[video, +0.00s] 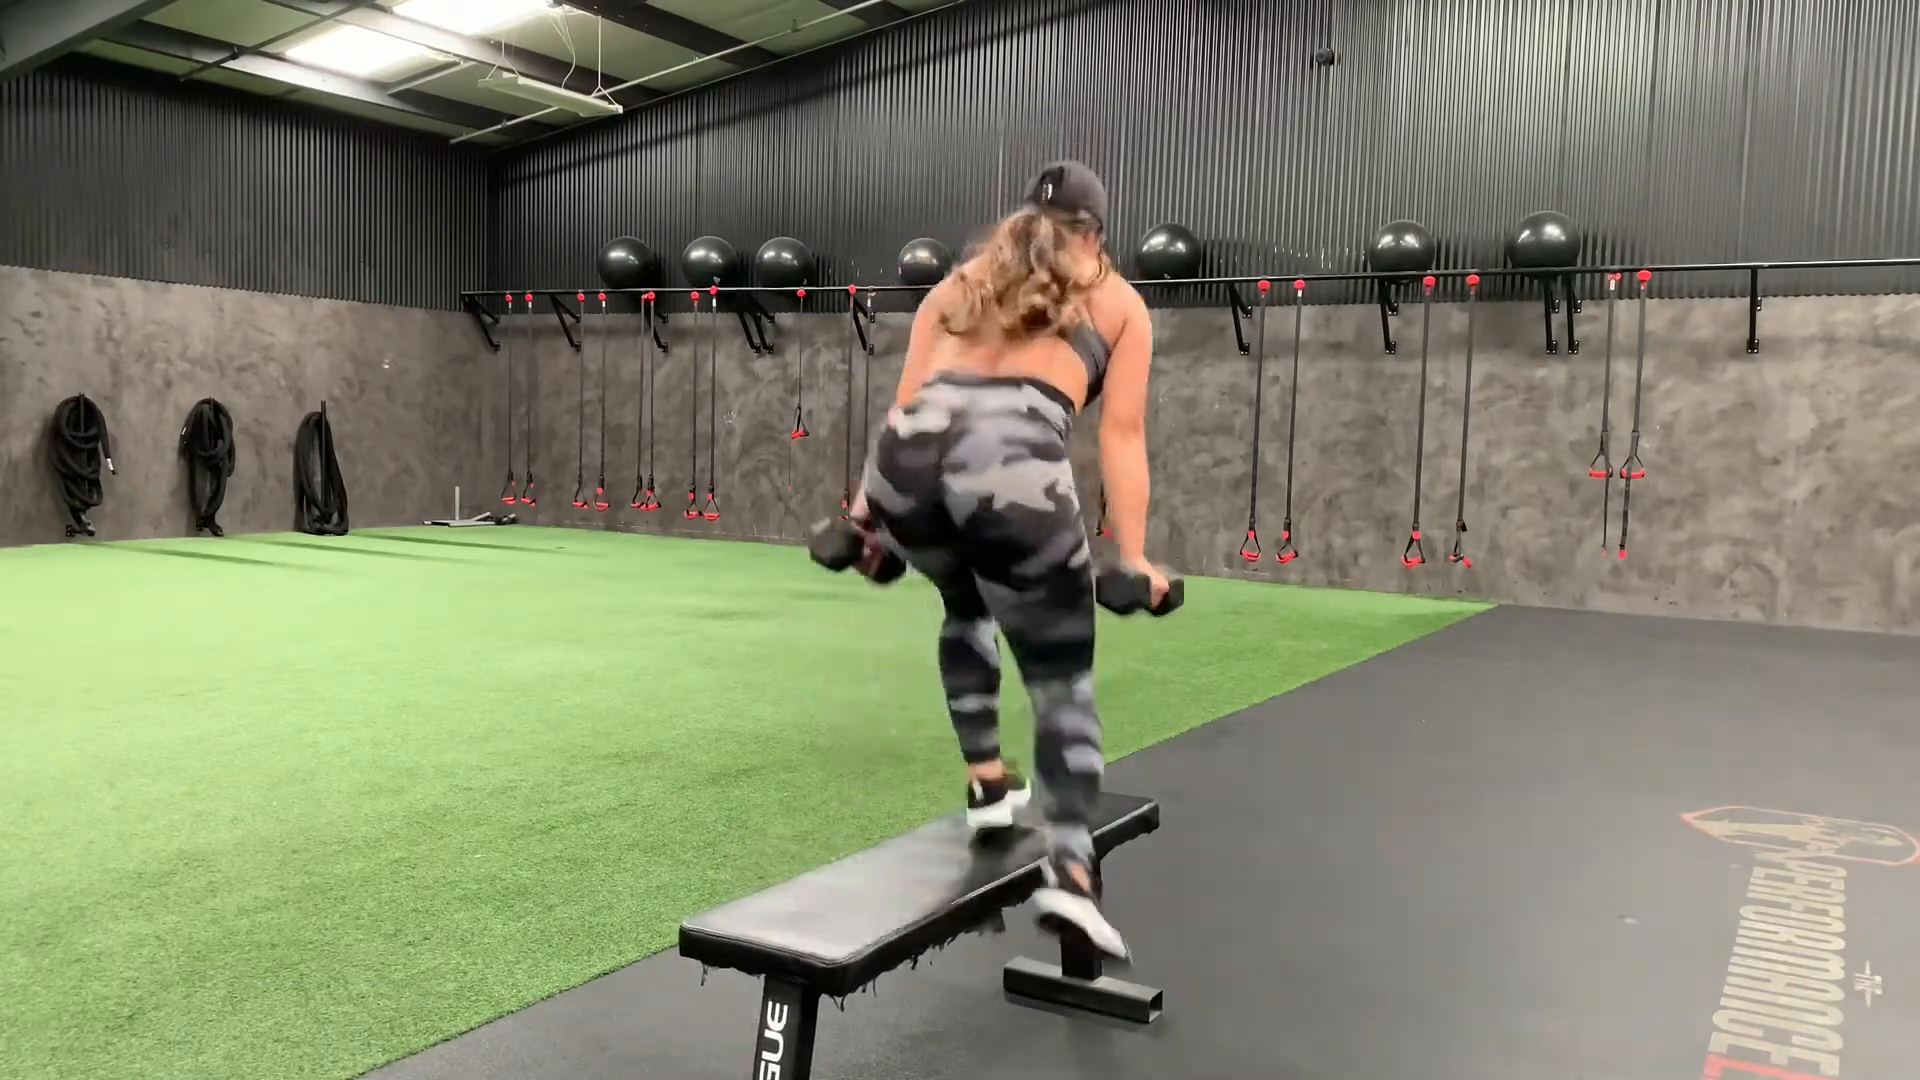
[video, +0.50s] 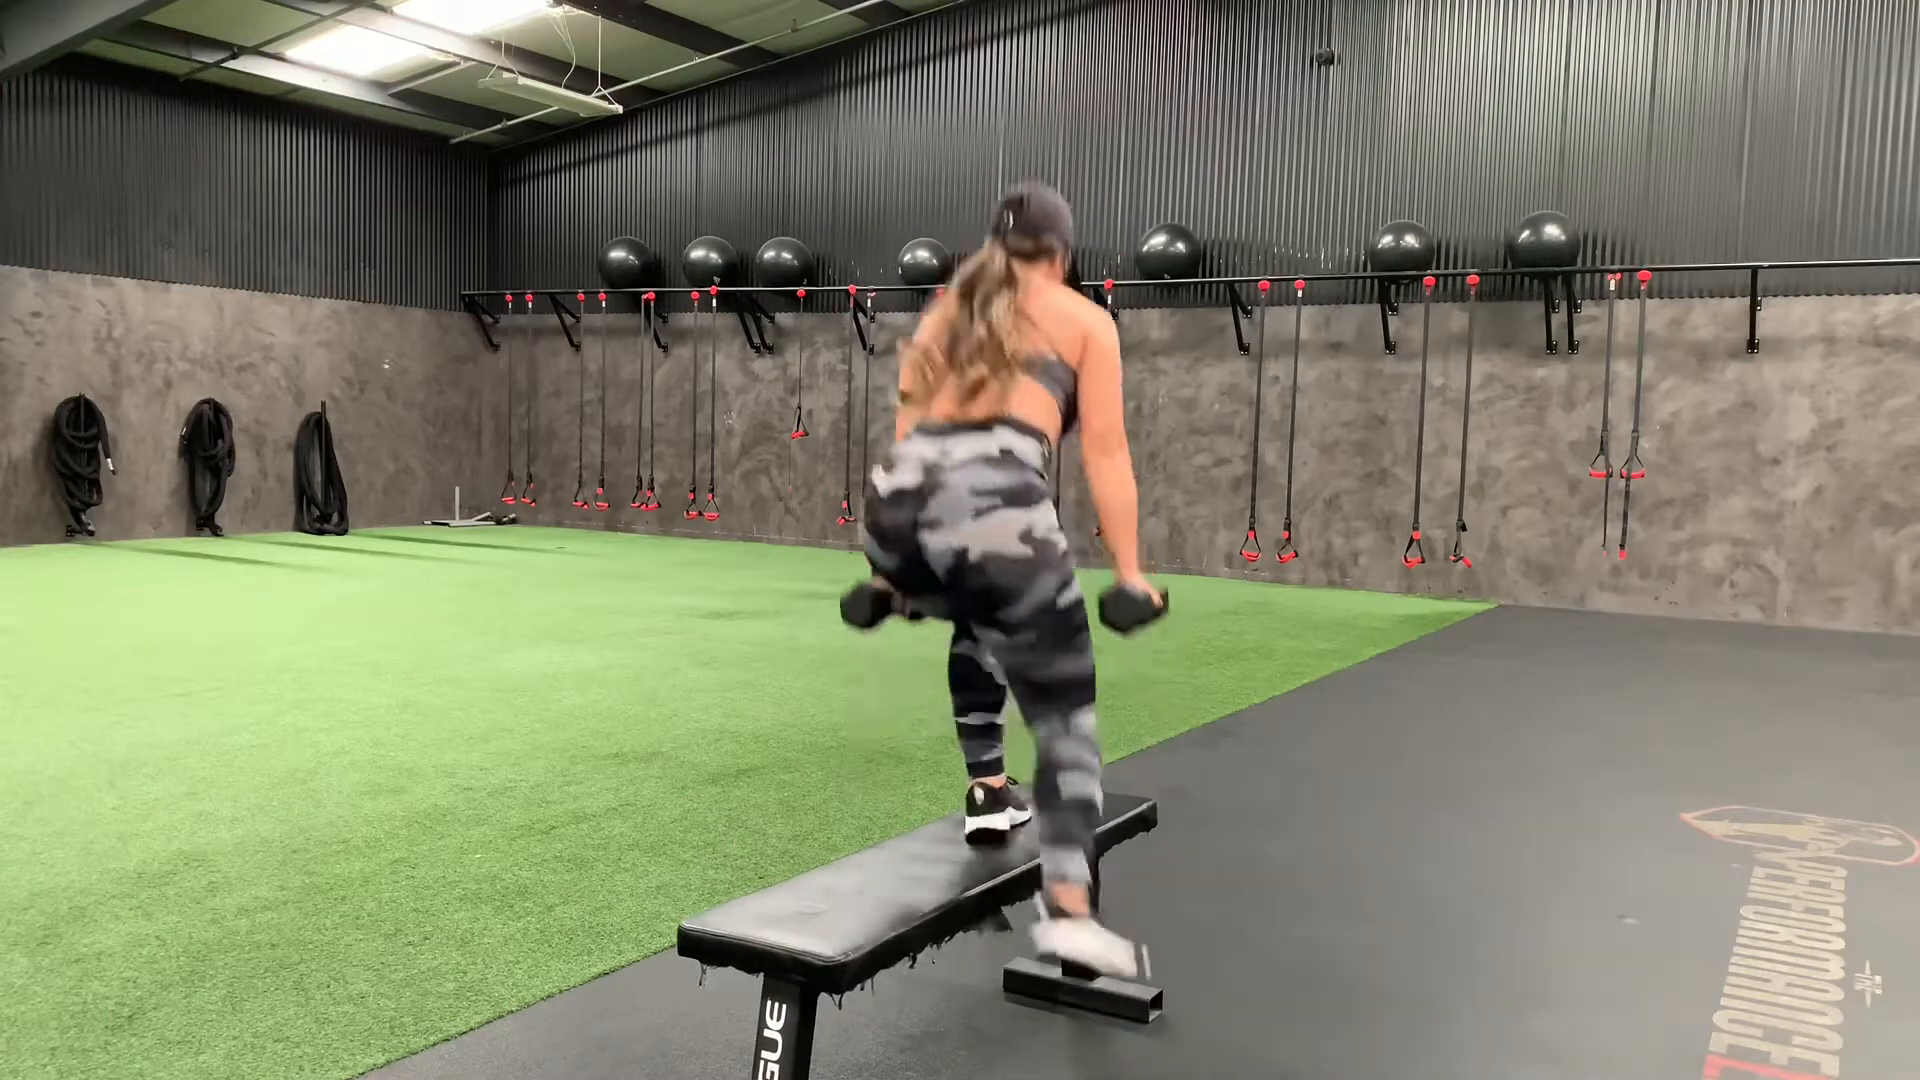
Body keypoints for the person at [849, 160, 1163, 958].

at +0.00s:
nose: (1097, 243)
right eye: (1098, 230)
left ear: (1021, 223)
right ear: (1098, 231)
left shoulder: (953, 288)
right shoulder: (1120, 303)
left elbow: (906, 407)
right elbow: (1121, 433)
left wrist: (866, 509)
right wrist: (1128, 560)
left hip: (909, 470)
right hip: (1016, 470)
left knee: (966, 608)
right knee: (1060, 681)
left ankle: (988, 783)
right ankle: (1070, 870)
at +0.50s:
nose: (1062, 263)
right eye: (1065, 252)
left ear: (993, 243)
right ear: (1062, 250)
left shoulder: (944, 312)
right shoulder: (1085, 320)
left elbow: (905, 435)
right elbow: (1104, 448)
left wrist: (898, 568)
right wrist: (1129, 572)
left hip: (907, 505)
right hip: (1003, 505)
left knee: (971, 618)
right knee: (1062, 711)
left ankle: (987, 788)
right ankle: (1069, 911)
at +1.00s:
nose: (1012, 443)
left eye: (1013, 429)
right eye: (1012, 428)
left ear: (945, 417)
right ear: (995, 424)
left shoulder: (891, 476)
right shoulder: (991, 501)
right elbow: (994, 641)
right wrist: (1011, 771)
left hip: (794, 702)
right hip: (877, 708)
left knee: (786, 890)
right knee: (1028, 633)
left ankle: (649, 1037)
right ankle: (971, 812)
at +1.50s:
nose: (1104, 245)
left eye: (1097, 233)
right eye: (1103, 234)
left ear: (1023, 223)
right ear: (1096, 231)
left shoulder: (962, 279)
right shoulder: (1118, 294)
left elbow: (907, 400)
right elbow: (1132, 425)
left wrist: (868, 508)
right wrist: (1153, 552)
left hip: (902, 468)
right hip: (1009, 471)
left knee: (972, 592)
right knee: (1070, 658)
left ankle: (984, 774)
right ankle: (1066, 836)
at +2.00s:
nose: (1097, 285)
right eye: (1102, 273)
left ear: (1022, 257)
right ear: (1095, 270)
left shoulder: (958, 332)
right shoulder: (1117, 338)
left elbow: (915, 459)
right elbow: (1137, 469)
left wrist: (900, 567)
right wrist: (1158, 587)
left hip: (939, 519)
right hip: (1046, 519)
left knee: (990, 619)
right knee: (1088, 745)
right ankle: (1109, 944)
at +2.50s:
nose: (1059, 412)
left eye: (1058, 400)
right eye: (1060, 400)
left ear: (990, 384)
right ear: (1047, 397)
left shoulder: (920, 443)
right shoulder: (1048, 465)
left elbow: (881, 577)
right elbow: (1053, 607)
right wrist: (1064, 736)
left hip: (842, 665)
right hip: (936, 671)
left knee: (813, 856)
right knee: (1038, 664)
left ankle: (700, 1022)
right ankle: (974, 803)